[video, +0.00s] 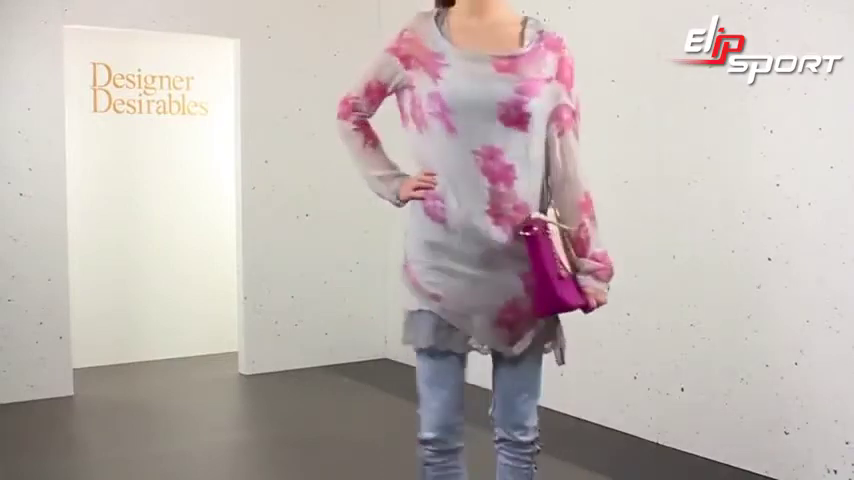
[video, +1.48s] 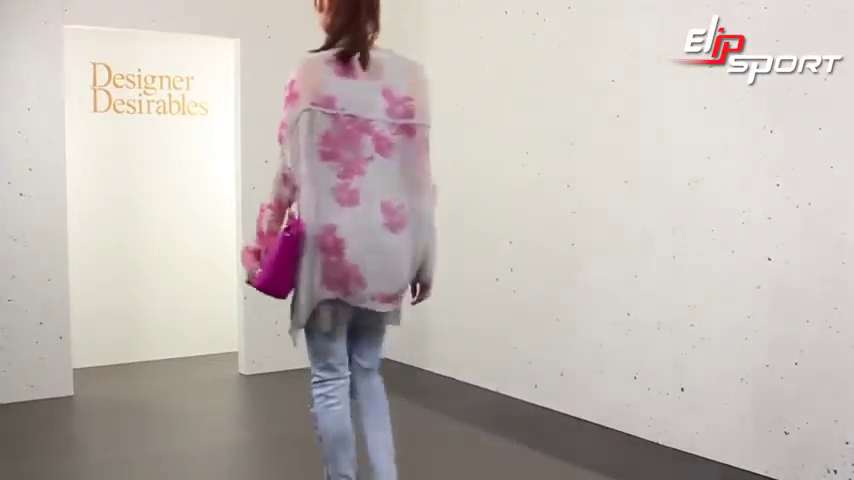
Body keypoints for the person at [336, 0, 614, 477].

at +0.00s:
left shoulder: (547, 48)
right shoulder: (418, 38)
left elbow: (566, 165)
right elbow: (352, 112)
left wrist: (590, 263)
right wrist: (392, 183)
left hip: (522, 261)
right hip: (439, 258)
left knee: (519, 435)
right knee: (437, 435)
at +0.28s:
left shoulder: (506, 45)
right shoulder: (419, 42)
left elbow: (524, 163)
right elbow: (398, 137)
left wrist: (542, 271)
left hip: (487, 266)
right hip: (420, 264)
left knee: (493, 427)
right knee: (421, 419)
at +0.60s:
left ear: (408, 0)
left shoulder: (431, 59)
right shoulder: (452, 52)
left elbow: (425, 183)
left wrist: (405, 288)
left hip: (433, 281)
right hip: (438, 276)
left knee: (442, 422)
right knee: (420, 415)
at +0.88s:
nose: (370, 9)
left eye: (368, 4)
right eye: (366, 4)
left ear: (380, 0)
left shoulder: (379, 49)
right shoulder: (468, 54)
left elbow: (359, 168)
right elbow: (501, 162)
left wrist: (326, 267)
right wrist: (463, 235)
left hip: (389, 253)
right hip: (456, 258)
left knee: (351, 394)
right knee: (435, 408)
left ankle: (376, 474)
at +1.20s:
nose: (345, 10)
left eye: (346, 3)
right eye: (346, 3)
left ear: (356, 7)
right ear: (403, 8)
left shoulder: (342, 65)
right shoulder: (438, 71)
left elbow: (318, 176)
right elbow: (433, 174)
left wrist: (285, 266)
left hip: (352, 253)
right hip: (424, 254)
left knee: (346, 397)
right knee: (419, 405)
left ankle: (349, 475)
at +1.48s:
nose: (318, 12)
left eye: (320, 4)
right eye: (319, 4)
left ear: (330, 11)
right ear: (372, 10)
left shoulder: (310, 73)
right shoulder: (408, 75)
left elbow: (289, 172)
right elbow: (420, 176)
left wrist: (260, 248)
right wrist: (424, 259)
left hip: (326, 242)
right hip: (389, 242)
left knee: (329, 375)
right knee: (368, 369)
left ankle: (341, 475)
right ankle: (386, 474)